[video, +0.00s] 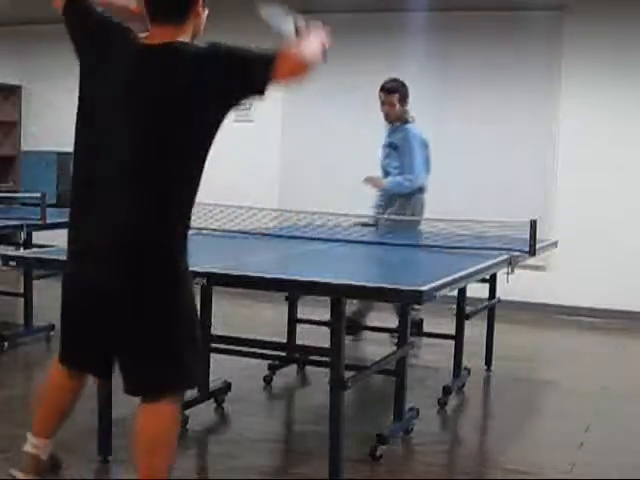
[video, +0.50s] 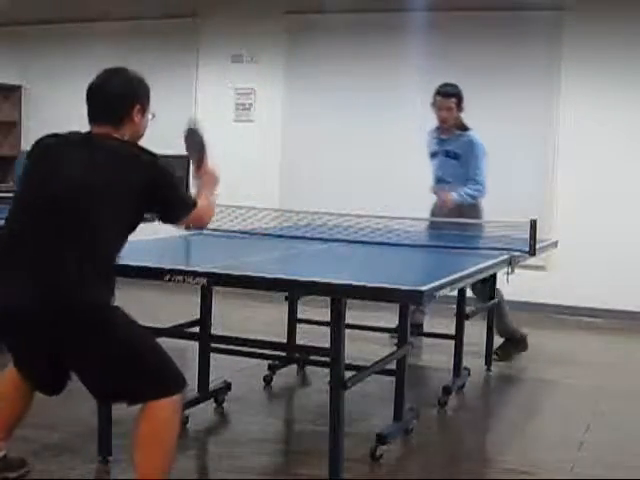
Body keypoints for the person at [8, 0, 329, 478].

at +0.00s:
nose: (205, 13)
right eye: (204, 8)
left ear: (142, 12)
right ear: (200, 12)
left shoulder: (105, 46)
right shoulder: (212, 65)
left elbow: (66, 1)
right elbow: (294, 62)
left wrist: (122, 11)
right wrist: (312, 38)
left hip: (89, 246)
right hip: (155, 254)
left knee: (72, 359)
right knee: (161, 389)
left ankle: (32, 458)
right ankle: (150, 474)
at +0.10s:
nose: (196, 16)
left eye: (195, 11)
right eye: (196, 11)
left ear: (136, 15)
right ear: (190, 12)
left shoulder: (106, 46)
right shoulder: (198, 60)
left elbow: (76, 2)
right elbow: (284, 24)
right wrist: (305, 6)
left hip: (78, 243)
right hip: (144, 250)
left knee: (62, 349)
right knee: (161, 388)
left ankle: (18, 440)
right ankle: (152, 476)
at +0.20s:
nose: (182, 32)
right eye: (181, 25)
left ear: (125, 24)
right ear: (176, 26)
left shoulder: (96, 64)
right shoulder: (182, 72)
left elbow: (94, 23)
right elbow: (270, 37)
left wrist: (115, 0)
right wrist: (292, 7)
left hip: (60, 251)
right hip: (125, 260)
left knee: (48, 347)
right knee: (161, 389)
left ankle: (5, 432)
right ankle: (150, 475)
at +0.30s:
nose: (165, 59)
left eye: (164, 51)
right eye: (166, 51)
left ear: (111, 51)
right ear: (158, 54)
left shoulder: (78, 93)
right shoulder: (165, 103)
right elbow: (246, 98)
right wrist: (266, 54)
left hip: (36, 262)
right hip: (99, 272)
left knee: (40, 354)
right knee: (165, 387)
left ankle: (1, 442)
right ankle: (147, 473)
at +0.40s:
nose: (151, 100)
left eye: (151, 92)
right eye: (151, 92)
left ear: (97, 91)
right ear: (141, 94)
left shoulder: (58, 135)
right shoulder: (144, 146)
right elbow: (222, 167)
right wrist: (231, 127)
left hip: (21, 292)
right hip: (86, 302)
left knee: (30, 364)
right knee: (167, 389)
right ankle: (150, 475)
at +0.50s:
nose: (147, 123)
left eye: (147, 114)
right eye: (147, 114)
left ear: (92, 111)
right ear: (135, 114)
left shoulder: (46, 147)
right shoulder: (142, 167)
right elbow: (199, 218)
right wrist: (207, 185)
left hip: (12, 296)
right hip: (77, 305)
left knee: (26, 366)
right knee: (165, 392)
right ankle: (148, 474)